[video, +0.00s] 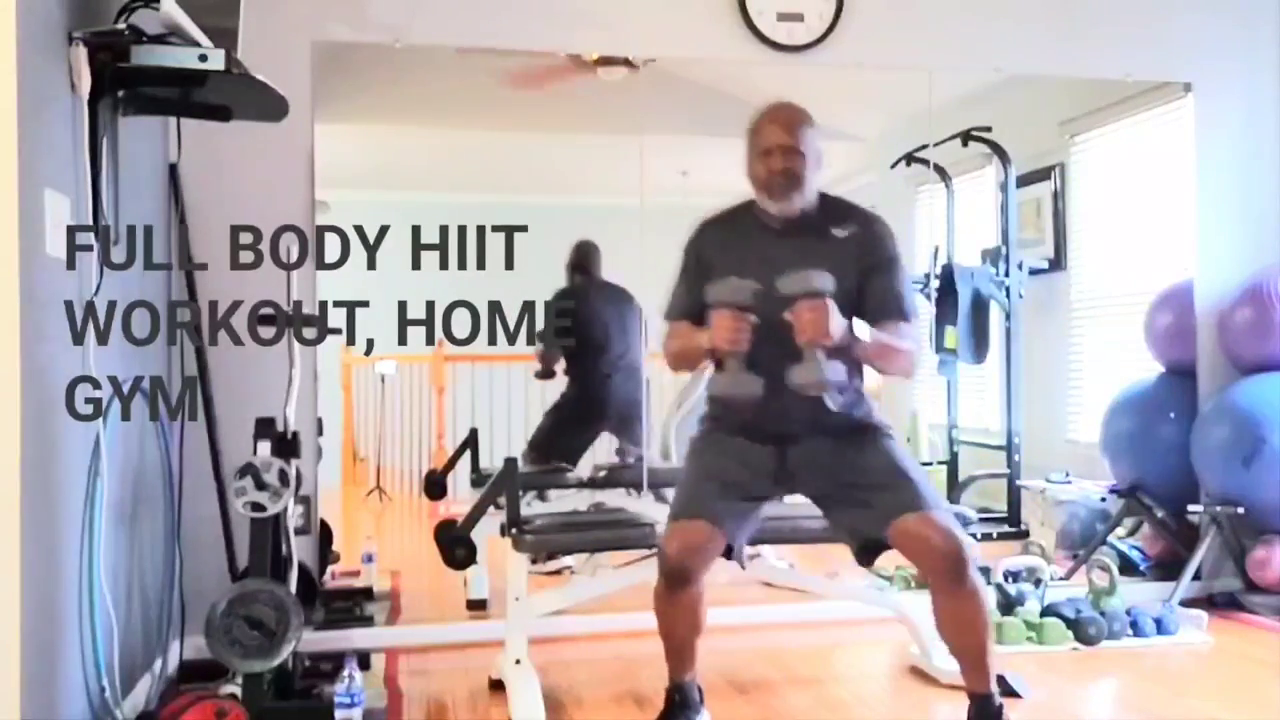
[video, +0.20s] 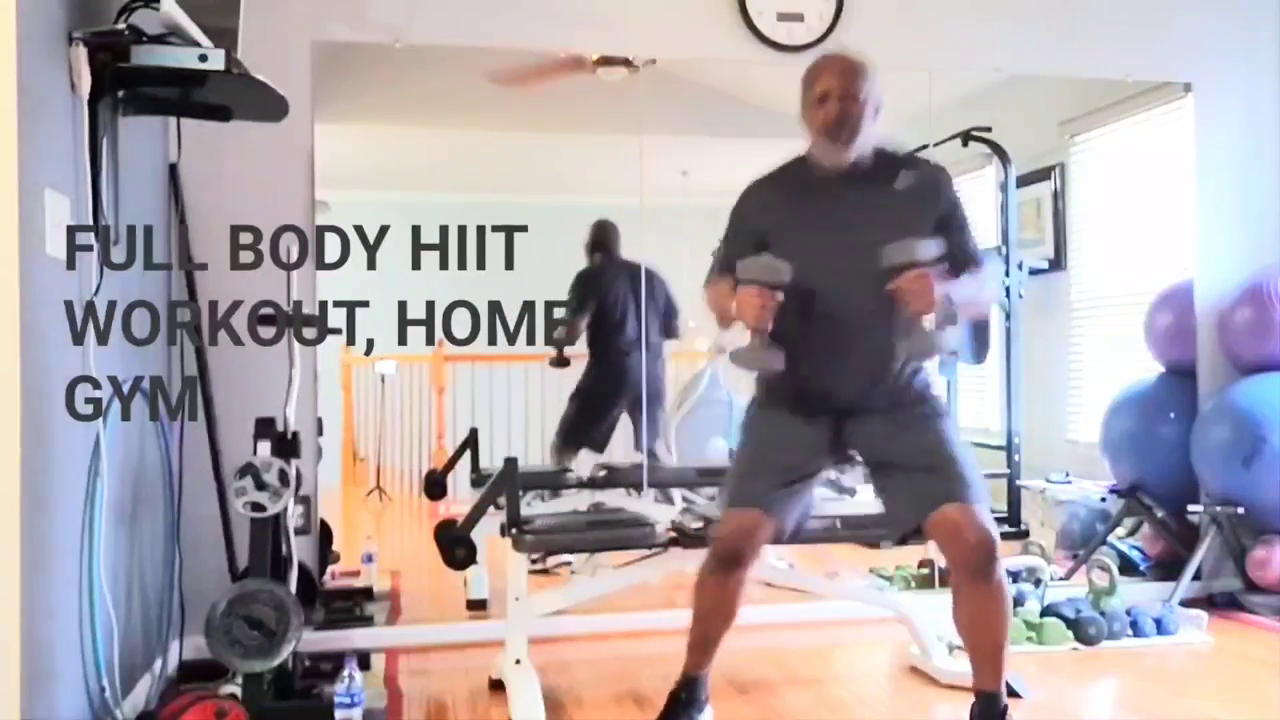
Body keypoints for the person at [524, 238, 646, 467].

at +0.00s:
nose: (572, 269)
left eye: (572, 265)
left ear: (571, 266)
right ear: (598, 266)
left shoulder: (566, 299)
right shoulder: (626, 299)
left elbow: (551, 352)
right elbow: (638, 348)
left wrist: (547, 369)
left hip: (587, 397)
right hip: (631, 396)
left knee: (536, 459)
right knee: (637, 462)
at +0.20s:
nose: (587, 248)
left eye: (588, 243)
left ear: (591, 245)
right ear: (618, 244)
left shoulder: (590, 276)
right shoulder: (649, 276)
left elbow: (575, 329)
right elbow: (671, 329)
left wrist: (561, 345)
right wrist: (638, 327)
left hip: (608, 375)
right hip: (650, 375)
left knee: (565, 448)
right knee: (657, 448)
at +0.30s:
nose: (593, 232)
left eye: (595, 228)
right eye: (595, 228)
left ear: (599, 227)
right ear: (625, 226)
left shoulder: (600, 255)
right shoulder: (659, 254)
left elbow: (591, 303)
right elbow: (692, 301)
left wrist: (570, 321)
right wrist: (664, 314)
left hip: (617, 356)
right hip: (657, 357)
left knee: (580, 434)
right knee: (659, 436)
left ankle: (578, 496)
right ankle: (676, 498)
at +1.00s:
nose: (589, 274)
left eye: (590, 271)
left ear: (590, 275)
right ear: (616, 274)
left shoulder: (582, 307)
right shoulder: (648, 306)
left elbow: (562, 365)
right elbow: (662, 364)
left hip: (602, 397)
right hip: (648, 399)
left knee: (540, 454)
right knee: (666, 462)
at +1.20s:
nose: (555, 255)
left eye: (556, 250)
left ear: (557, 251)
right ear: (583, 250)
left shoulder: (548, 284)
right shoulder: (616, 279)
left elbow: (528, 323)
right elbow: (646, 319)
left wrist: (529, 359)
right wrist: (627, 333)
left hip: (573, 372)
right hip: (616, 370)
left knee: (534, 448)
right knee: (631, 446)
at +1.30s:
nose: (546, 236)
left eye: (546, 231)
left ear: (547, 231)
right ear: (574, 229)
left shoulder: (540, 259)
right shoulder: (601, 255)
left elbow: (516, 297)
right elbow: (642, 284)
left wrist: (512, 340)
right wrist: (623, 319)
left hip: (560, 353)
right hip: (601, 351)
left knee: (541, 422)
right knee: (609, 416)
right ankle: (616, 465)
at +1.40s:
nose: (544, 230)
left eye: (543, 225)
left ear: (540, 226)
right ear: (568, 223)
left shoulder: (535, 254)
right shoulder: (593, 250)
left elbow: (509, 289)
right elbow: (632, 272)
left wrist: (510, 320)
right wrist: (627, 316)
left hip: (547, 350)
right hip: (586, 350)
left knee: (533, 428)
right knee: (584, 426)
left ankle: (529, 486)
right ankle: (587, 480)